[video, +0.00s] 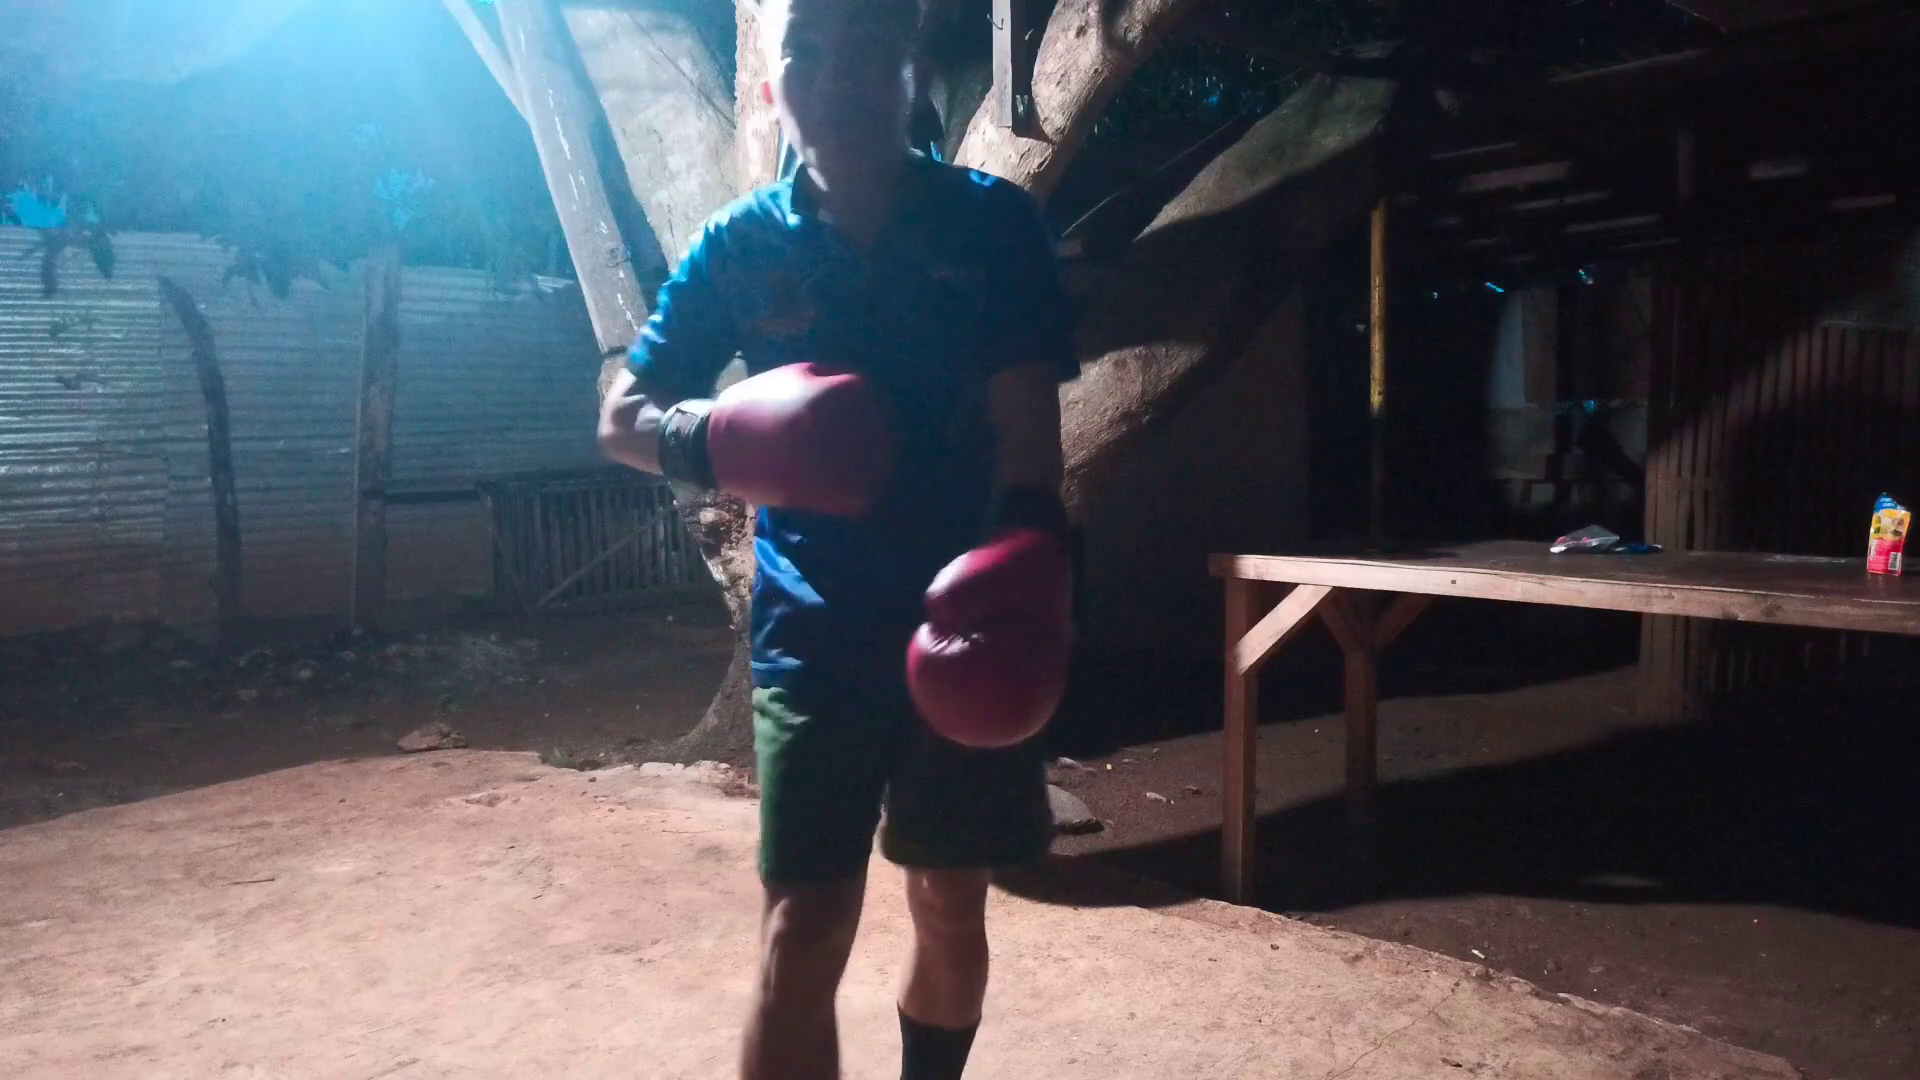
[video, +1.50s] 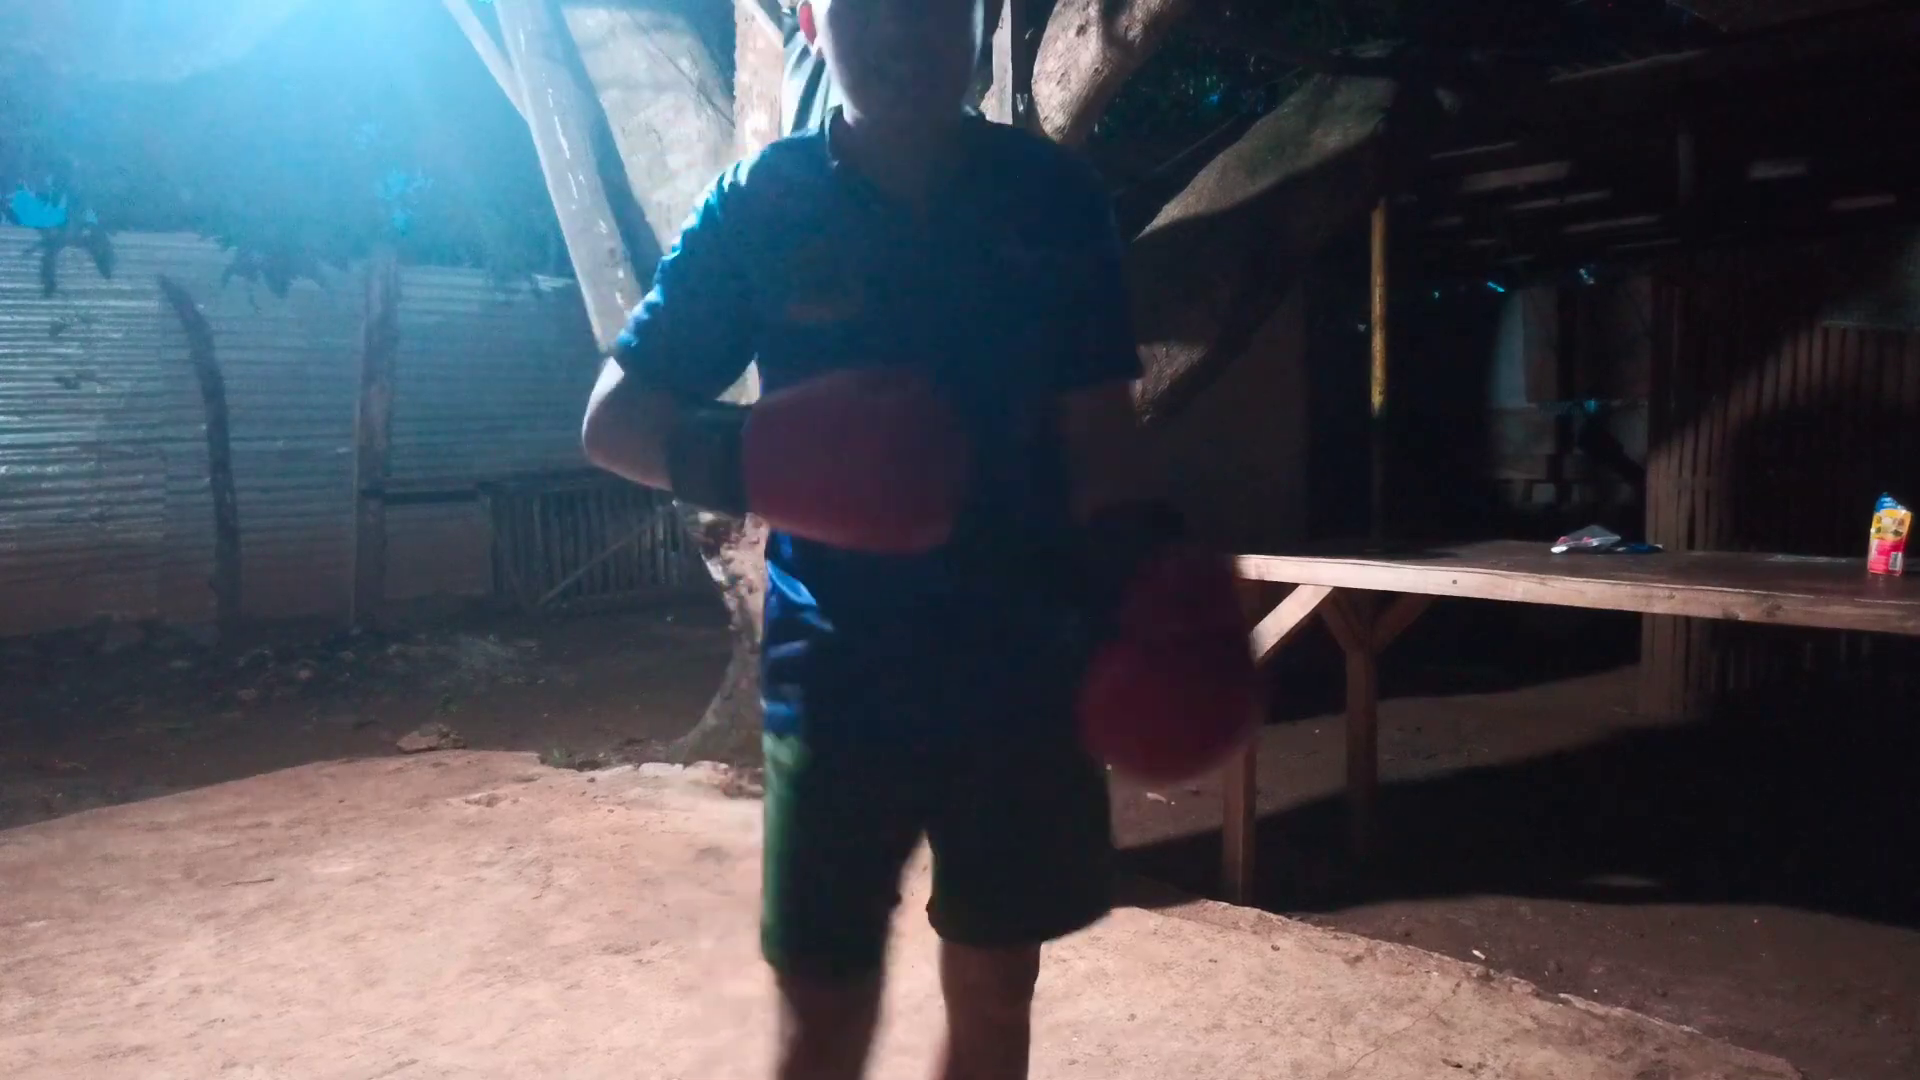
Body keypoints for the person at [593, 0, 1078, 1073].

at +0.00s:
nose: (829, 84)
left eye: (858, 58)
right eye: (804, 59)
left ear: (909, 77)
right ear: (773, 85)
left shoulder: (993, 227)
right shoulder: (740, 246)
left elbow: (1028, 432)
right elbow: (621, 418)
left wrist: (1022, 567)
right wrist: (724, 438)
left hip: (964, 621)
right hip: (813, 630)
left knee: (951, 910)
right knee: (806, 927)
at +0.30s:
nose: (794, 86)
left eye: (818, 57)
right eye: (763, 64)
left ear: (860, 69)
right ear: (722, 87)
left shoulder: (940, 219)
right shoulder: (681, 232)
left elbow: (979, 433)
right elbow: (540, 410)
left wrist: (982, 618)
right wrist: (689, 456)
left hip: (926, 627)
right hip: (770, 640)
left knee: (925, 917)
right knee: (766, 958)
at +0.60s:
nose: (737, 61)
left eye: (769, 31)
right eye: (706, 33)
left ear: (815, 55)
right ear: (660, 61)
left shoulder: (891, 207)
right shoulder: (613, 221)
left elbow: (915, 444)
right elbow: (459, 416)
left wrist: (984, 588)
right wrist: (593, 474)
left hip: (891, 635)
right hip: (721, 654)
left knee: (929, 943)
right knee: (736, 976)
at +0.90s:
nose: (739, 54)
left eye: (771, 26)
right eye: (706, 26)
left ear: (822, 48)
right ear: (656, 50)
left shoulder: (890, 200)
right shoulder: (605, 215)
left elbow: (926, 435)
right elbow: (448, 420)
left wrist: (956, 609)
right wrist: (603, 475)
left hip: (899, 638)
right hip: (724, 662)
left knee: (965, 955)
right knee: (742, 988)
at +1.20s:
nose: (829, 44)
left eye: (861, 17)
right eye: (799, 17)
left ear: (912, 39)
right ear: (758, 39)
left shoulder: (988, 212)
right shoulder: (708, 206)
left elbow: (1015, 454)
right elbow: (547, 405)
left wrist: (1073, 639)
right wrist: (675, 461)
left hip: (963, 668)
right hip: (785, 681)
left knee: (987, 995)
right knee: (765, 1009)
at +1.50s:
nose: (911, 33)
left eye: (937, 8)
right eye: (875, 9)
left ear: (977, 27)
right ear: (813, 28)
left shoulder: (1052, 193)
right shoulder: (770, 199)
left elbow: (1102, 441)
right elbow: (616, 420)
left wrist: (1151, 611)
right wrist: (770, 459)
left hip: (1015, 670)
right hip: (837, 677)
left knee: (994, 1000)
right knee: (821, 1027)